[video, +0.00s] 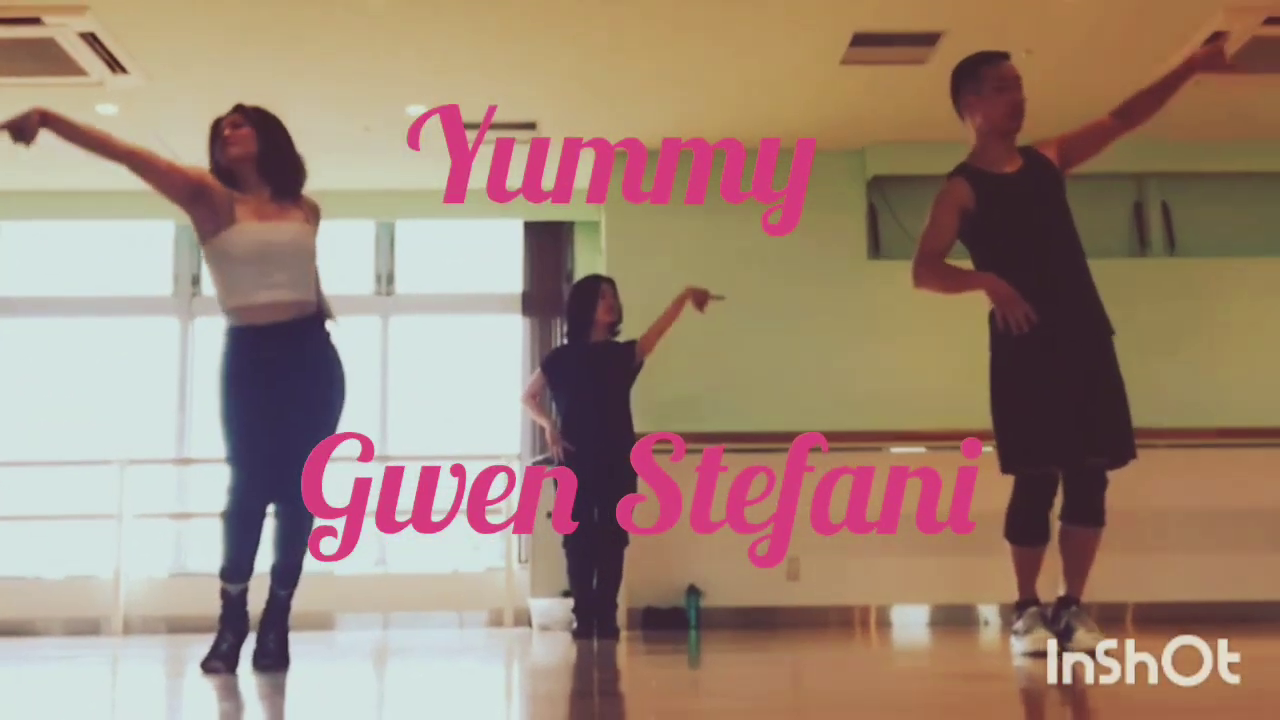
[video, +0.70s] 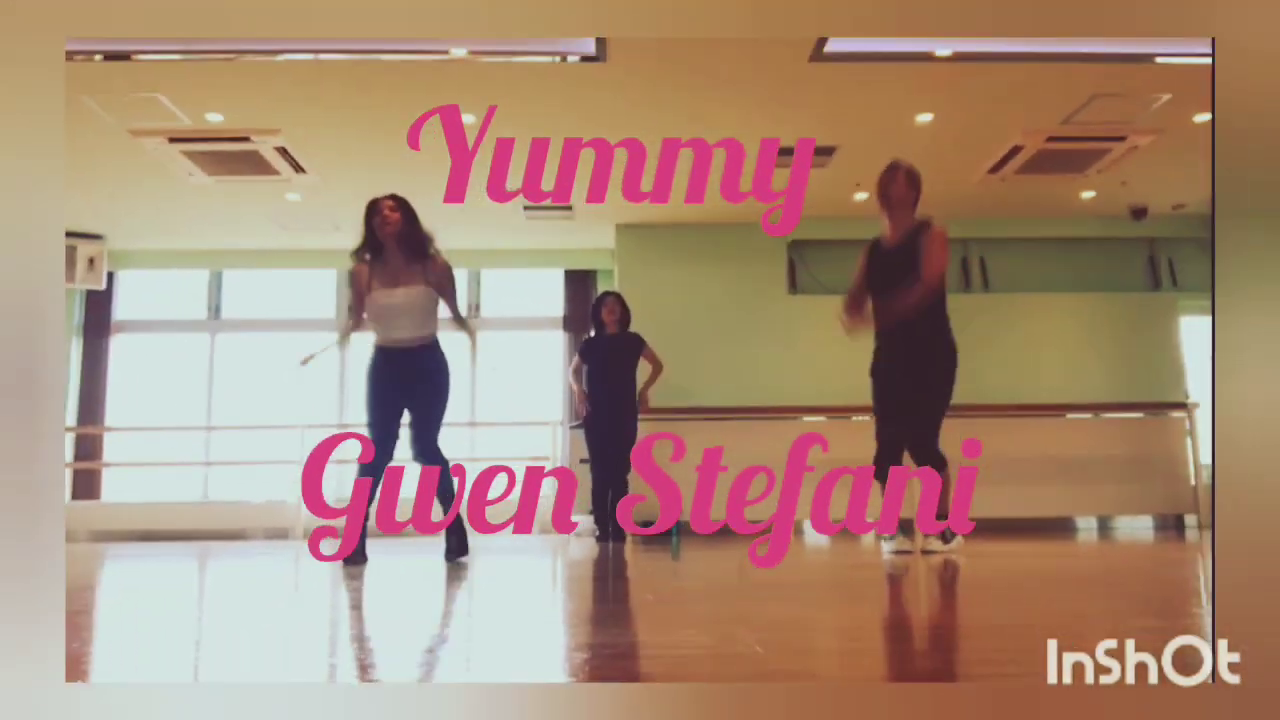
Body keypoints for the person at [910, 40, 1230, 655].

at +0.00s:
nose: (1015, 96)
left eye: (1017, 86)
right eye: (1000, 88)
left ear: (1021, 98)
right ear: (967, 105)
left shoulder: (1046, 159)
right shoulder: (961, 189)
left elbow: (1123, 119)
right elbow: (924, 270)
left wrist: (1189, 66)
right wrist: (986, 282)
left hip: (1082, 340)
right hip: (1023, 349)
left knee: (1087, 475)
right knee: (1036, 478)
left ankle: (1071, 607)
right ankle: (1025, 607)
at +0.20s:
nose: (978, 118)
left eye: (986, 106)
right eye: (965, 110)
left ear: (998, 112)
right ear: (944, 119)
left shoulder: (1028, 172)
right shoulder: (939, 196)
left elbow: (1102, 153)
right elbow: (888, 264)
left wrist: (1124, 93)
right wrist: (927, 251)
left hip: (1048, 341)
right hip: (989, 348)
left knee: (1049, 469)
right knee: (1000, 470)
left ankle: (1042, 590)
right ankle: (999, 592)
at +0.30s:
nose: (959, 129)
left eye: (965, 118)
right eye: (946, 122)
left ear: (978, 121)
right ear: (929, 132)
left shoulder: (1008, 180)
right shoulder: (919, 199)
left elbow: (1075, 165)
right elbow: (864, 253)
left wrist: (1081, 117)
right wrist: (884, 215)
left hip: (1022, 339)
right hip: (965, 345)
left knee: (1024, 460)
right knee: (971, 465)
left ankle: (1016, 575)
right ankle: (972, 578)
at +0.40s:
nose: (936, 142)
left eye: (941, 132)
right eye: (924, 136)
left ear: (954, 135)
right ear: (910, 146)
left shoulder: (983, 190)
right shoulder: (903, 206)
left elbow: (1051, 194)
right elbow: (853, 258)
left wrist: (1041, 162)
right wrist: (876, 220)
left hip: (991, 338)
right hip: (937, 344)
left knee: (995, 450)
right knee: (944, 451)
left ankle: (995, 557)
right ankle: (947, 559)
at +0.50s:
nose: (913, 161)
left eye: (919, 152)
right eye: (904, 155)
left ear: (932, 157)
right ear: (891, 164)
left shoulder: (962, 209)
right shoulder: (883, 223)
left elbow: (1016, 241)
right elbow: (861, 279)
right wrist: (884, 268)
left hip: (961, 342)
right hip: (911, 347)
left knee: (968, 444)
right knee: (921, 446)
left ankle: (979, 538)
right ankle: (926, 542)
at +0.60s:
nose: (897, 186)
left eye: (903, 177)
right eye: (890, 180)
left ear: (920, 186)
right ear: (884, 193)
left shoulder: (946, 238)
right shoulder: (875, 249)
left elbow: (976, 290)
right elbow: (865, 307)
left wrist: (927, 332)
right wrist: (887, 331)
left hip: (939, 354)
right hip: (893, 357)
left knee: (941, 445)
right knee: (900, 447)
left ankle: (959, 528)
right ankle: (906, 532)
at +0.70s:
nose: (893, 195)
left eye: (901, 188)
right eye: (888, 189)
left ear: (916, 194)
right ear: (879, 195)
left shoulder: (930, 235)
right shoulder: (876, 248)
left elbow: (930, 284)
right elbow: (857, 292)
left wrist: (887, 311)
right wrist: (854, 308)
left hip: (931, 352)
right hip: (890, 354)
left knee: (921, 440)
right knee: (888, 442)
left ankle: (945, 521)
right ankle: (893, 525)